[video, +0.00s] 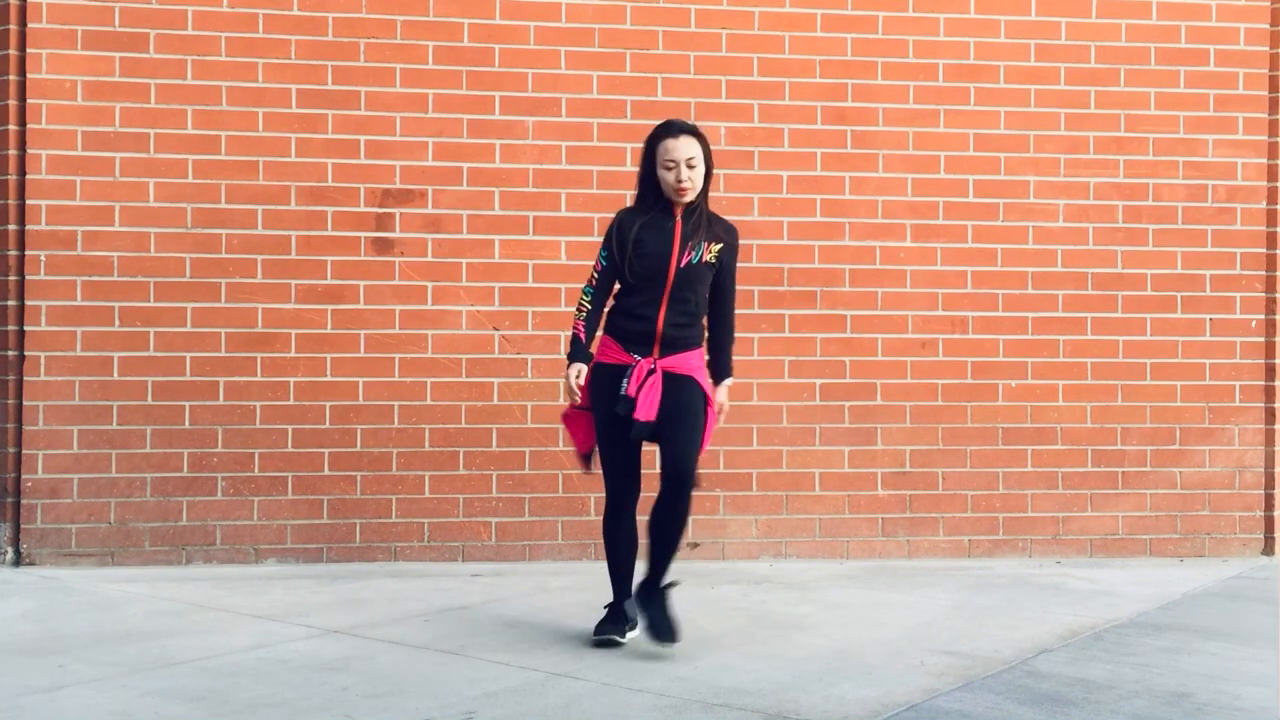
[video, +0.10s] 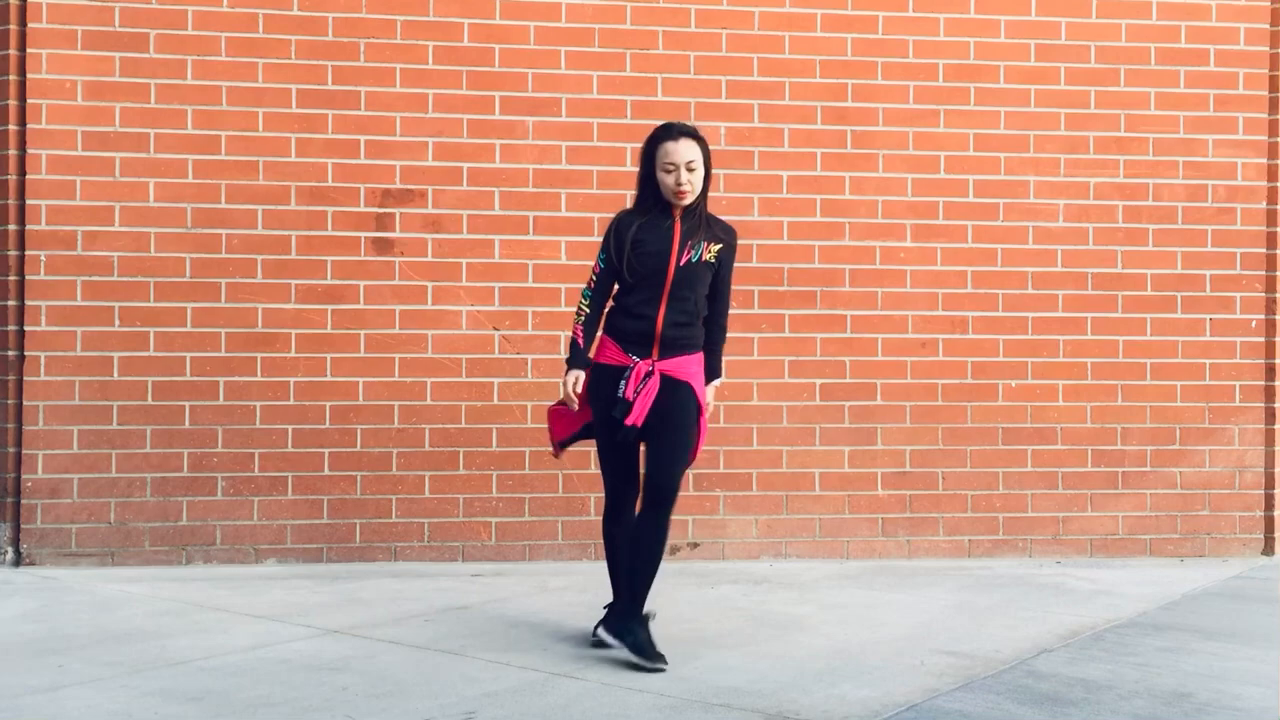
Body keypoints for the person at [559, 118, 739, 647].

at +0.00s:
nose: (681, 174)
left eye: (691, 163)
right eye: (670, 165)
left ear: (706, 168)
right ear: (653, 171)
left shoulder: (720, 235)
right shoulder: (628, 224)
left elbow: (722, 312)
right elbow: (595, 293)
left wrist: (722, 375)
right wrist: (578, 353)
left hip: (684, 367)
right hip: (619, 364)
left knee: (680, 477)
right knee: (622, 490)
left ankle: (653, 589)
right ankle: (619, 603)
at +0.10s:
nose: (681, 178)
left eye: (691, 167)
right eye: (670, 168)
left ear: (705, 170)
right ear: (653, 172)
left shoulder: (719, 235)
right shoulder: (627, 226)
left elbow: (717, 313)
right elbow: (595, 296)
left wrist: (712, 376)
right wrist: (577, 360)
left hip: (681, 375)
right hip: (617, 370)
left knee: (662, 493)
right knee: (621, 494)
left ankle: (624, 613)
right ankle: (627, 613)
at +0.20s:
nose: (681, 181)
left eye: (691, 171)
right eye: (670, 172)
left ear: (705, 175)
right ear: (653, 176)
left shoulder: (721, 239)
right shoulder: (628, 231)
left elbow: (718, 316)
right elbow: (597, 303)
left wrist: (711, 380)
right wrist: (574, 373)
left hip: (678, 379)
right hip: (616, 373)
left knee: (647, 496)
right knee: (619, 496)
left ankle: (620, 619)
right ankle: (626, 619)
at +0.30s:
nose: (682, 177)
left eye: (692, 167)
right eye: (671, 168)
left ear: (707, 171)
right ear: (654, 173)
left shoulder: (721, 235)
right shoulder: (628, 227)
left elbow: (723, 312)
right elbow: (596, 300)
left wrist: (722, 377)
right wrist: (576, 371)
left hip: (685, 374)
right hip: (620, 370)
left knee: (670, 494)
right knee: (620, 495)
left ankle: (634, 610)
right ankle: (624, 610)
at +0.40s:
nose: (685, 171)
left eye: (695, 161)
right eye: (674, 162)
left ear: (710, 168)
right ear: (657, 169)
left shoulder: (724, 234)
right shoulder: (631, 227)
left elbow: (731, 309)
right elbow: (597, 295)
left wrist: (738, 372)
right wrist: (576, 362)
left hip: (694, 370)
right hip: (628, 368)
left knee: (705, 462)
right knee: (622, 493)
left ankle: (676, 582)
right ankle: (621, 606)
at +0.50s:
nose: (691, 165)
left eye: (701, 155)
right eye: (679, 156)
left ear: (716, 162)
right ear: (663, 163)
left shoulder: (732, 227)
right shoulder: (638, 223)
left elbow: (740, 302)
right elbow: (606, 292)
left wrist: (749, 365)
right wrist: (584, 359)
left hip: (706, 367)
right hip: (639, 366)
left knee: (727, 467)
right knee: (632, 492)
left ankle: (716, 573)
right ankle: (622, 605)